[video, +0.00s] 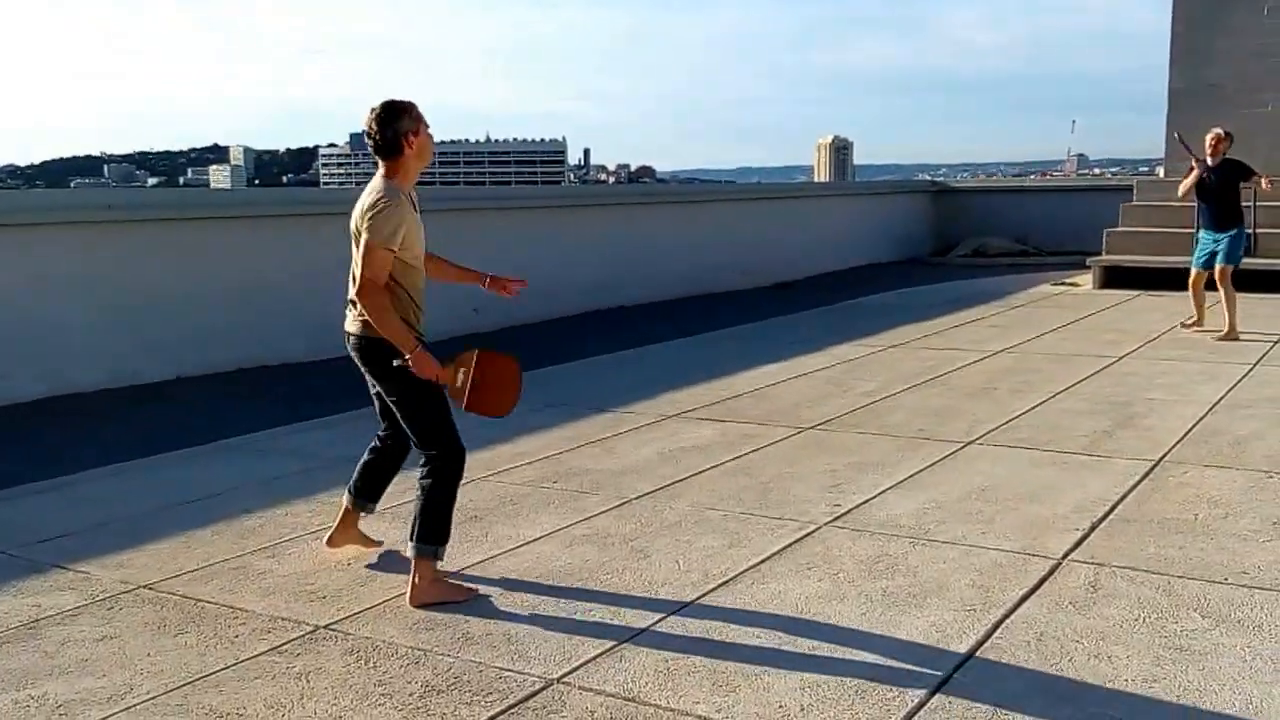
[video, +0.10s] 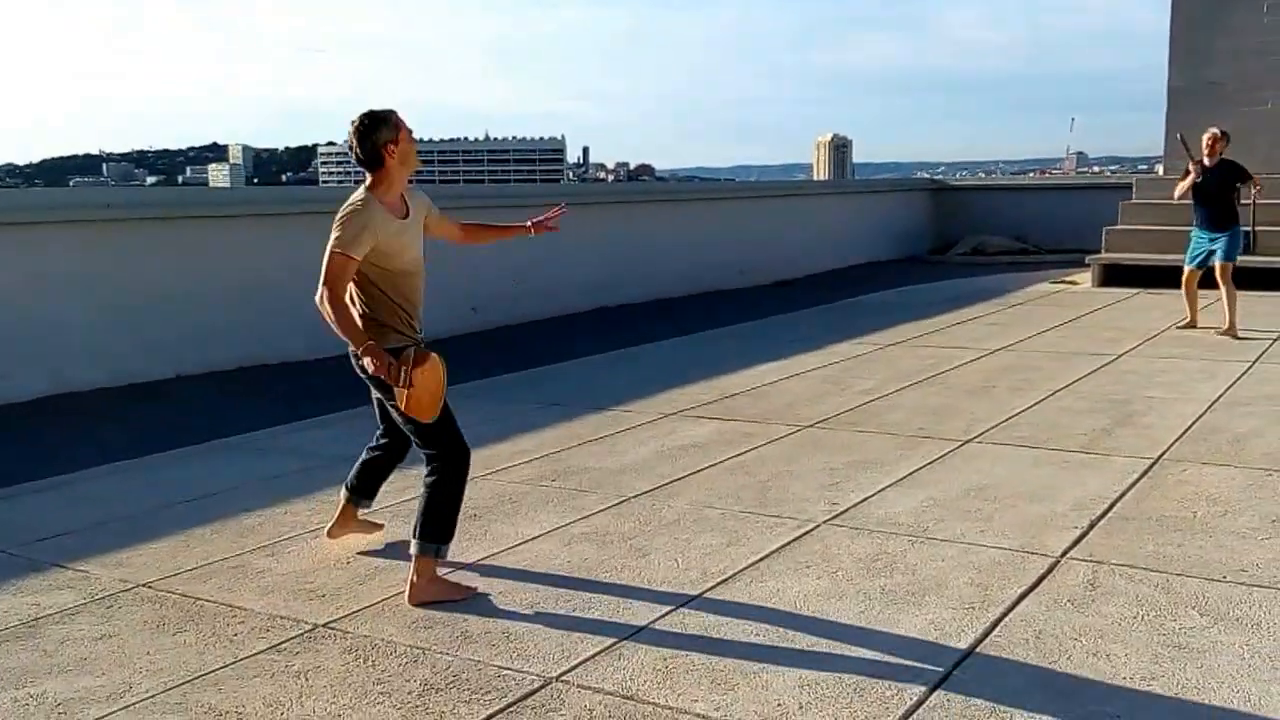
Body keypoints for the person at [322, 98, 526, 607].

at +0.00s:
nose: (432, 136)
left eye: (427, 128)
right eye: (427, 129)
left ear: (397, 144)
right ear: (411, 141)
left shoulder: (395, 196)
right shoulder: (386, 206)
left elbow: (418, 262)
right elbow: (368, 291)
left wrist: (484, 280)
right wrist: (413, 348)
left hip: (378, 340)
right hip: (384, 344)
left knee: (396, 437)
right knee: (445, 452)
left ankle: (345, 527)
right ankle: (425, 577)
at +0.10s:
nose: (416, 141)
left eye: (410, 134)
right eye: (409, 135)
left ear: (388, 152)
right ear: (392, 150)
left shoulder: (412, 202)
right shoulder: (357, 214)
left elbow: (461, 233)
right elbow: (329, 295)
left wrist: (525, 228)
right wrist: (366, 348)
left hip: (402, 348)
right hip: (385, 354)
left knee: (394, 438)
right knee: (449, 454)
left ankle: (345, 518)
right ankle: (424, 577)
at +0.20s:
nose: (403, 155)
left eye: (398, 148)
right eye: (395, 149)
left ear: (378, 163)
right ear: (373, 164)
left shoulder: (409, 208)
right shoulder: (337, 228)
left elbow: (475, 215)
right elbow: (327, 294)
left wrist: (532, 186)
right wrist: (336, 320)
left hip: (405, 350)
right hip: (377, 358)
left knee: (402, 444)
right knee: (453, 454)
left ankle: (345, 520)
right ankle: (423, 575)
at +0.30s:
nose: (390, 162)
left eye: (385, 156)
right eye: (381, 158)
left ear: (366, 174)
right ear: (360, 175)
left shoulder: (396, 219)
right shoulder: (329, 230)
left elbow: (467, 223)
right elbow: (334, 301)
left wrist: (515, 179)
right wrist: (329, 276)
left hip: (399, 354)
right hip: (372, 362)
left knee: (409, 445)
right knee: (450, 456)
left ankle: (343, 522)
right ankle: (422, 576)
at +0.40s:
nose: (375, 169)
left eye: (373, 161)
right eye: (366, 163)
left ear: (356, 176)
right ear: (345, 177)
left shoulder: (376, 226)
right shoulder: (325, 219)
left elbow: (447, 249)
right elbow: (357, 249)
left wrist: (485, 205)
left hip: (386, 351)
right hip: (367, 357)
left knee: (404, 443)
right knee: (438, 454)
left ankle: (342, 521)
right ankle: (420, 574)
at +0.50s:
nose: (366, 168)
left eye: (362, 161)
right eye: (358, 163)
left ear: (336, 176)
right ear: (338, 175)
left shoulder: (343, 226)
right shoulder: (330, 205)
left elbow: (408, 277)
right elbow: (402, 229)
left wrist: (460, 239)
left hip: (360, 345)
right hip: (362, 345)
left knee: (392, 440)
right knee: (420, 448)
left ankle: (340, 519)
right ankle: (415, 569)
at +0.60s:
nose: (355, 166)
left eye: (350, 160)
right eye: (350, 161)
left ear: (318, 179)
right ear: (339, 169)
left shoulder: (312, 224)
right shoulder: (354, 195)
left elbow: (358, 302)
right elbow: (430, 226)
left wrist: (418, 287)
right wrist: (475, 206)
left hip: (334, 340)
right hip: (364, 336)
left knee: (377, 432)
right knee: (406, 441)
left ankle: (338, 518)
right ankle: (400, 562)